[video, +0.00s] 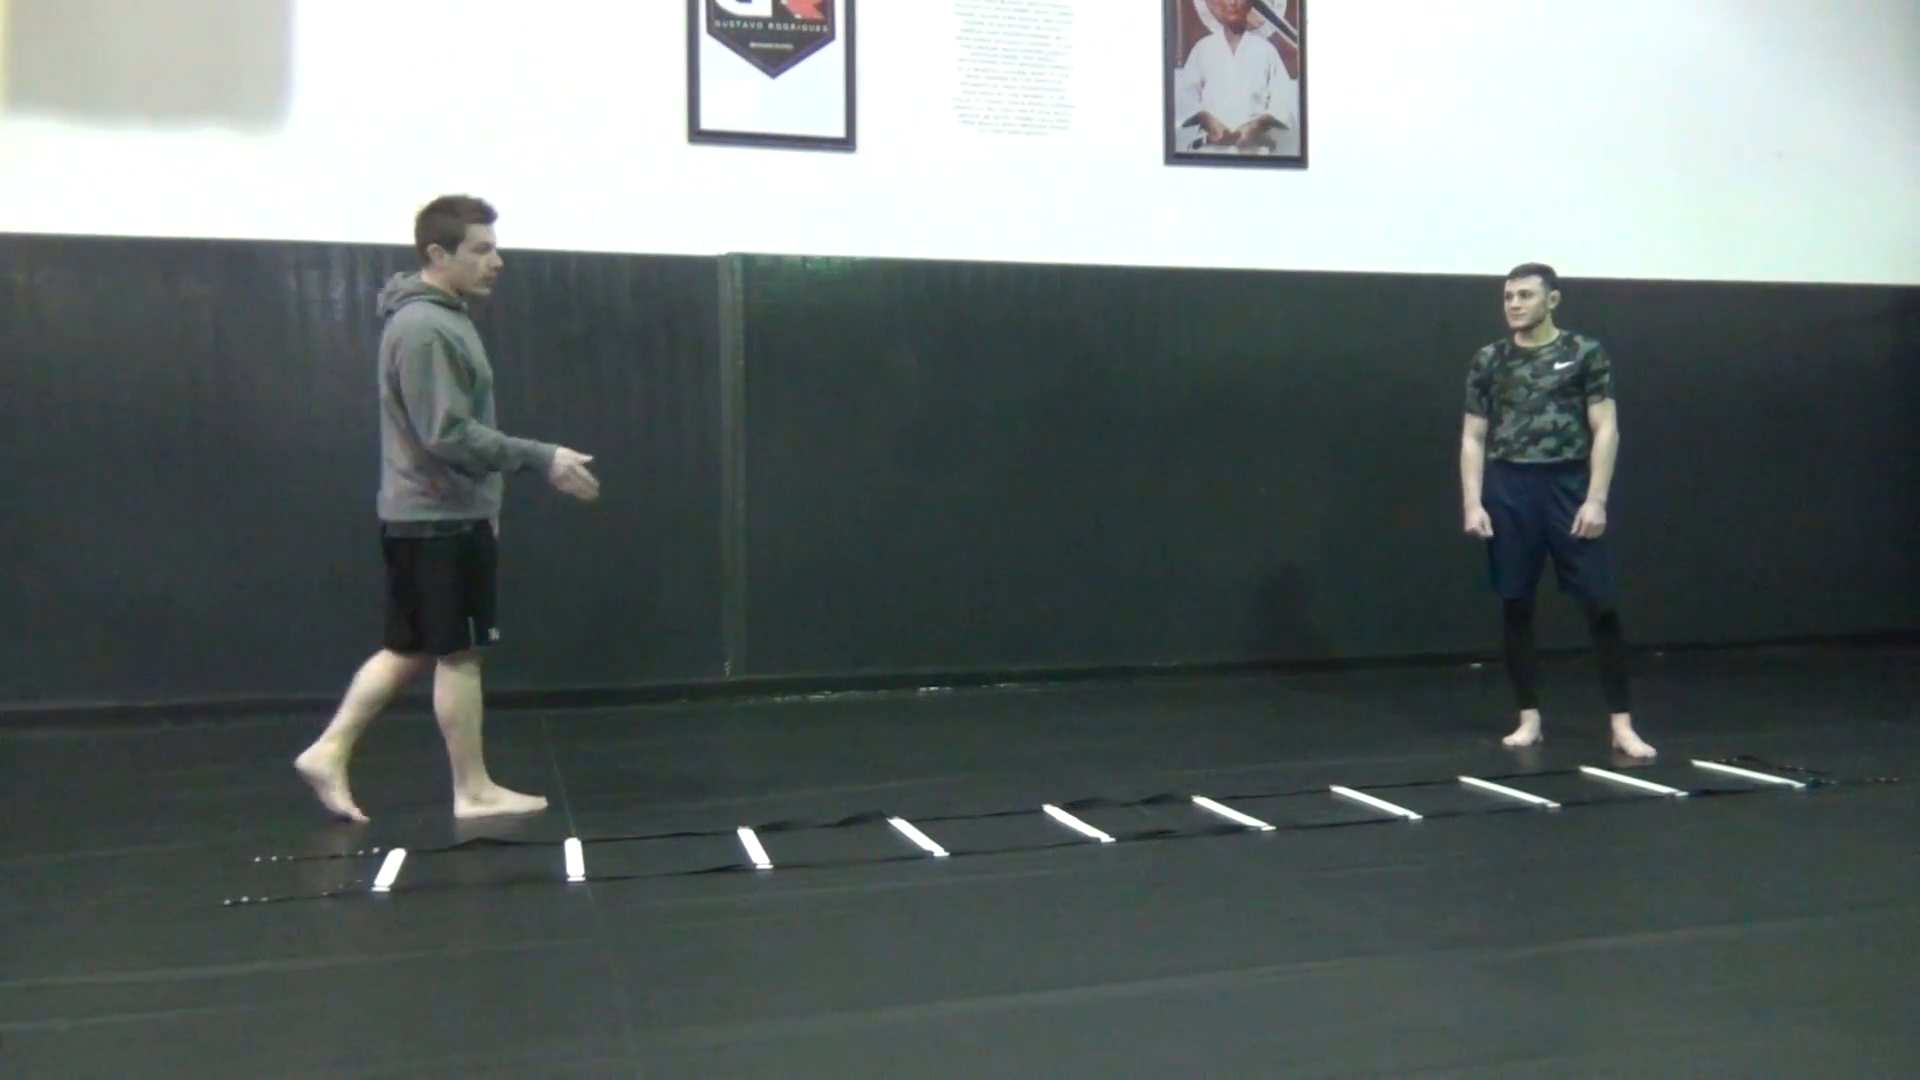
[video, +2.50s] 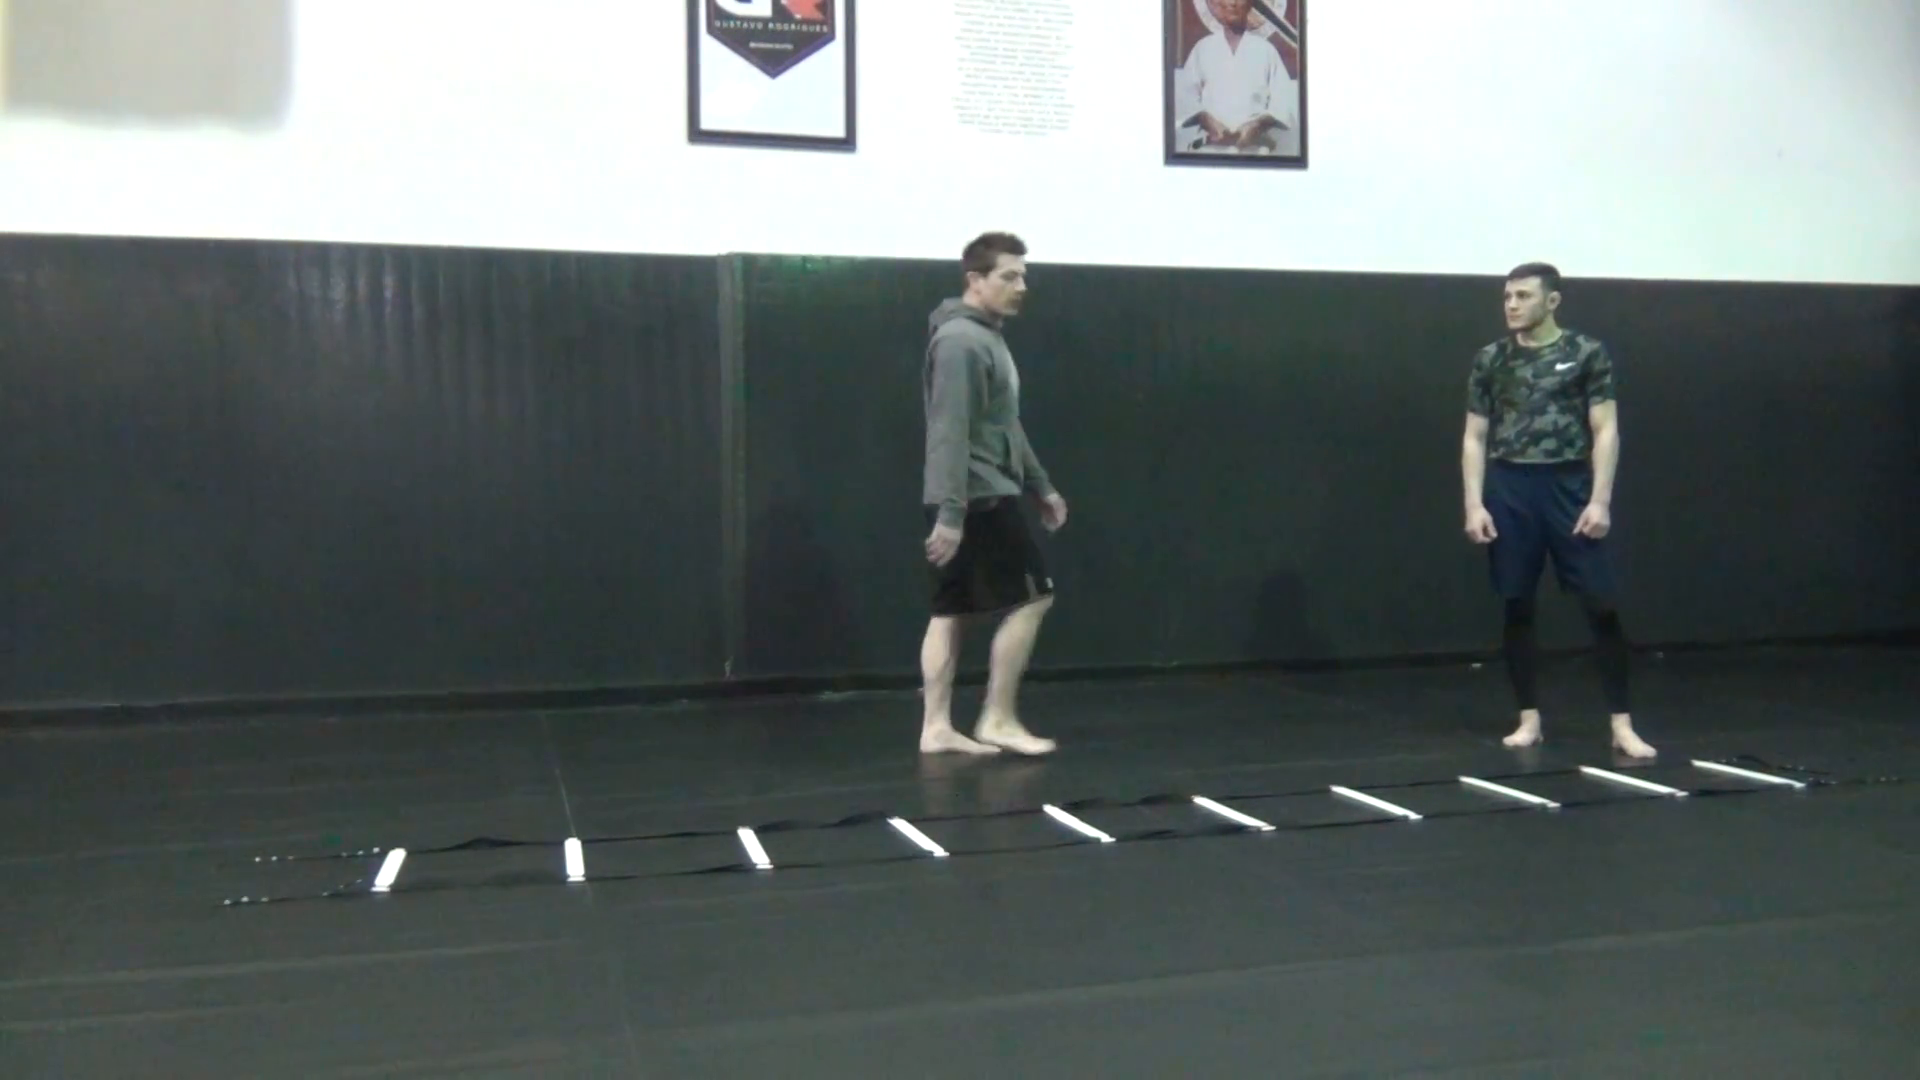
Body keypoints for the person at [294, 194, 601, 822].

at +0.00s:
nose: (495, 262)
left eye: (495, 250)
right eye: (482, 251)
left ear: (444, 255)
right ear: (438, 254)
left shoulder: (439, 319)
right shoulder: (421, 327)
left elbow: (450, 430)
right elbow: (447, 434)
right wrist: (541, 457)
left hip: (433, 517)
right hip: (439, 521)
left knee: (408, 650)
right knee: (459, 655)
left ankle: (327, 755)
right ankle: (474, 791)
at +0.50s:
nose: (587, 271)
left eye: (587, 259)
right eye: (575, 259)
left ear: (550, 264)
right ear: (530, 261)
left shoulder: (556, 327)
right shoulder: (502, 329)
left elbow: (571, 432)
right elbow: (519, 423)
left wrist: (597, 501)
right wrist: (598, 382)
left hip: (567, 510)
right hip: (524, 513)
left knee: (592, 632)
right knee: (510, 645)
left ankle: (628, 748)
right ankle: (475, 786)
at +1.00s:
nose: (710, 282)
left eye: (710, 270)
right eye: (700, 270)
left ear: (675, 273)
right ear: (658, 270)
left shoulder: (685, 338)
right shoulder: (619, 336)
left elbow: (713, 431)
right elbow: (629, 433)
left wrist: (743, 502)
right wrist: (692, 473)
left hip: (688, 501)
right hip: (650, 505)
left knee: (672, 628)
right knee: (686, 622)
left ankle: (665, 756)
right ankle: (577, 724)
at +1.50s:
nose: (835, 287)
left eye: (835, 276)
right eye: (827, 276)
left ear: (787, 278)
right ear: (791, 277)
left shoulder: (750, 334)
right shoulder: (770, 342)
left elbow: (755, 436)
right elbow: (765, 442)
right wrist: (771, 529)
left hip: (739, 508)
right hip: (775, 510)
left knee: (728, 633)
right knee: (807, 633)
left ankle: (675, 742)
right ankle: (827, 758)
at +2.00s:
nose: (940, 296)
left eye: (941, 285)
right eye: (932, 284)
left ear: (892, 285)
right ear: (894, 282)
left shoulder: (856, 331)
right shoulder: (883, 339)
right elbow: (958, 401)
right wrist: (1046, 429)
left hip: (869, 505)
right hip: (871, 508)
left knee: (894, 618)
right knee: (863, 624)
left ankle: (930, 727)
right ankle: (829, 757)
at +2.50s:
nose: (1021, 288)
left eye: (1023, 278)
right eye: (1010, 277)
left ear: (993, 283)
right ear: (975, 280)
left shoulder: (987, 337)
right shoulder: (959, 340)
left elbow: (1006, 427)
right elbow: (949, 429)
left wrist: (1040, 487)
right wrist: (950, 510)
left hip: (977, 496)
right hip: (985, 497)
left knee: (949, 611)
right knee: (1033, 596)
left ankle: (936, 727)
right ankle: (998, 719)